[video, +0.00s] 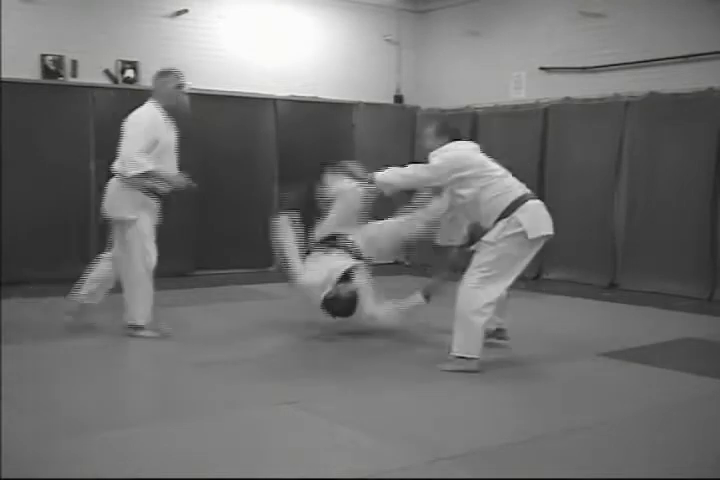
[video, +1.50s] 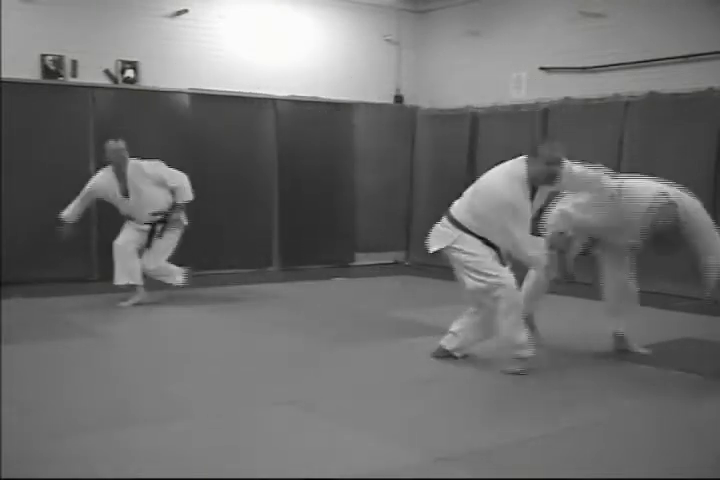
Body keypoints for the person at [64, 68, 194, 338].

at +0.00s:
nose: (185, 95)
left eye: (184, 89)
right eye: (180, 89)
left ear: (168, 91)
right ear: (165, 90)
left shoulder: (164, 122)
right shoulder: (144, 118)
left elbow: (161, 164)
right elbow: (130, 164)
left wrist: (176, 179)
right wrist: (166, 178)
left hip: (144, 198)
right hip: (130, 197)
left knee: (121, 255)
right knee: (141, 259)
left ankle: (78, 302)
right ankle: (138, 322)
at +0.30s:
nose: (221, 102)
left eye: (221, 97)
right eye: (216, 96)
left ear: (199, 99)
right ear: (199, 97)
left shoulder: (187, 124)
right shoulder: (193, 125)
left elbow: (222, 155)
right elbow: (216, 157)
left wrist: (259, 160)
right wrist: (257, 158)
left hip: (171, 201)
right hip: (186, 203)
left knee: (165, 266)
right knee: (233, 259)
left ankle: (135, 321)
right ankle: (222, 319)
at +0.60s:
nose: (180, 240)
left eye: (182, 235)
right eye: (178, 235)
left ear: (191, 233)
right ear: (191, 222)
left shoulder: (212, 250)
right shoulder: (208, 224)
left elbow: (217, 283)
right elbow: (179, 217)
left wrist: (208, 313)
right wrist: (151, 215)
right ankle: (224, 298)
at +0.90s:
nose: (147, 232)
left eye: (150, 226)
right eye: (144, 228)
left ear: (160, 220)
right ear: (144, 228)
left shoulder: (181, 230)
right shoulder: (155, 234)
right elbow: (154, 262)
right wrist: (152, 296)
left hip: (226, 262)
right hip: (203, 260)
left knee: (207, 300)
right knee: (187, 300)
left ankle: (238, 294)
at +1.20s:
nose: (123, 193)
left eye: (125, 187)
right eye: (118, 190)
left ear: (131, 184)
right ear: (113, 193)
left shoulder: (151, 197)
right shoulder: (113, 204)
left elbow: (193, 205)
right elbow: (94, 226)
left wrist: (212, 227)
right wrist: (93, 251)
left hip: (183, 241)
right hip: (154, 243)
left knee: (177, 293)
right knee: (126, 246)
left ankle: (226, 297)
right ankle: (138, 292)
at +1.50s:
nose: (120, 154)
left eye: (122, 150)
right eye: (115, 151)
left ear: (127, 152)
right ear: (107, 156)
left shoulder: (147, 170)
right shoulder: (102, 180)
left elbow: (180, 180)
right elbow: (83, 199)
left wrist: (179, 208)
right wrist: (67, 219)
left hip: (168, 221)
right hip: (137, 223)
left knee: (150, 264)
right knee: (122, 245)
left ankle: (180, 276)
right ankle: (139, 292)